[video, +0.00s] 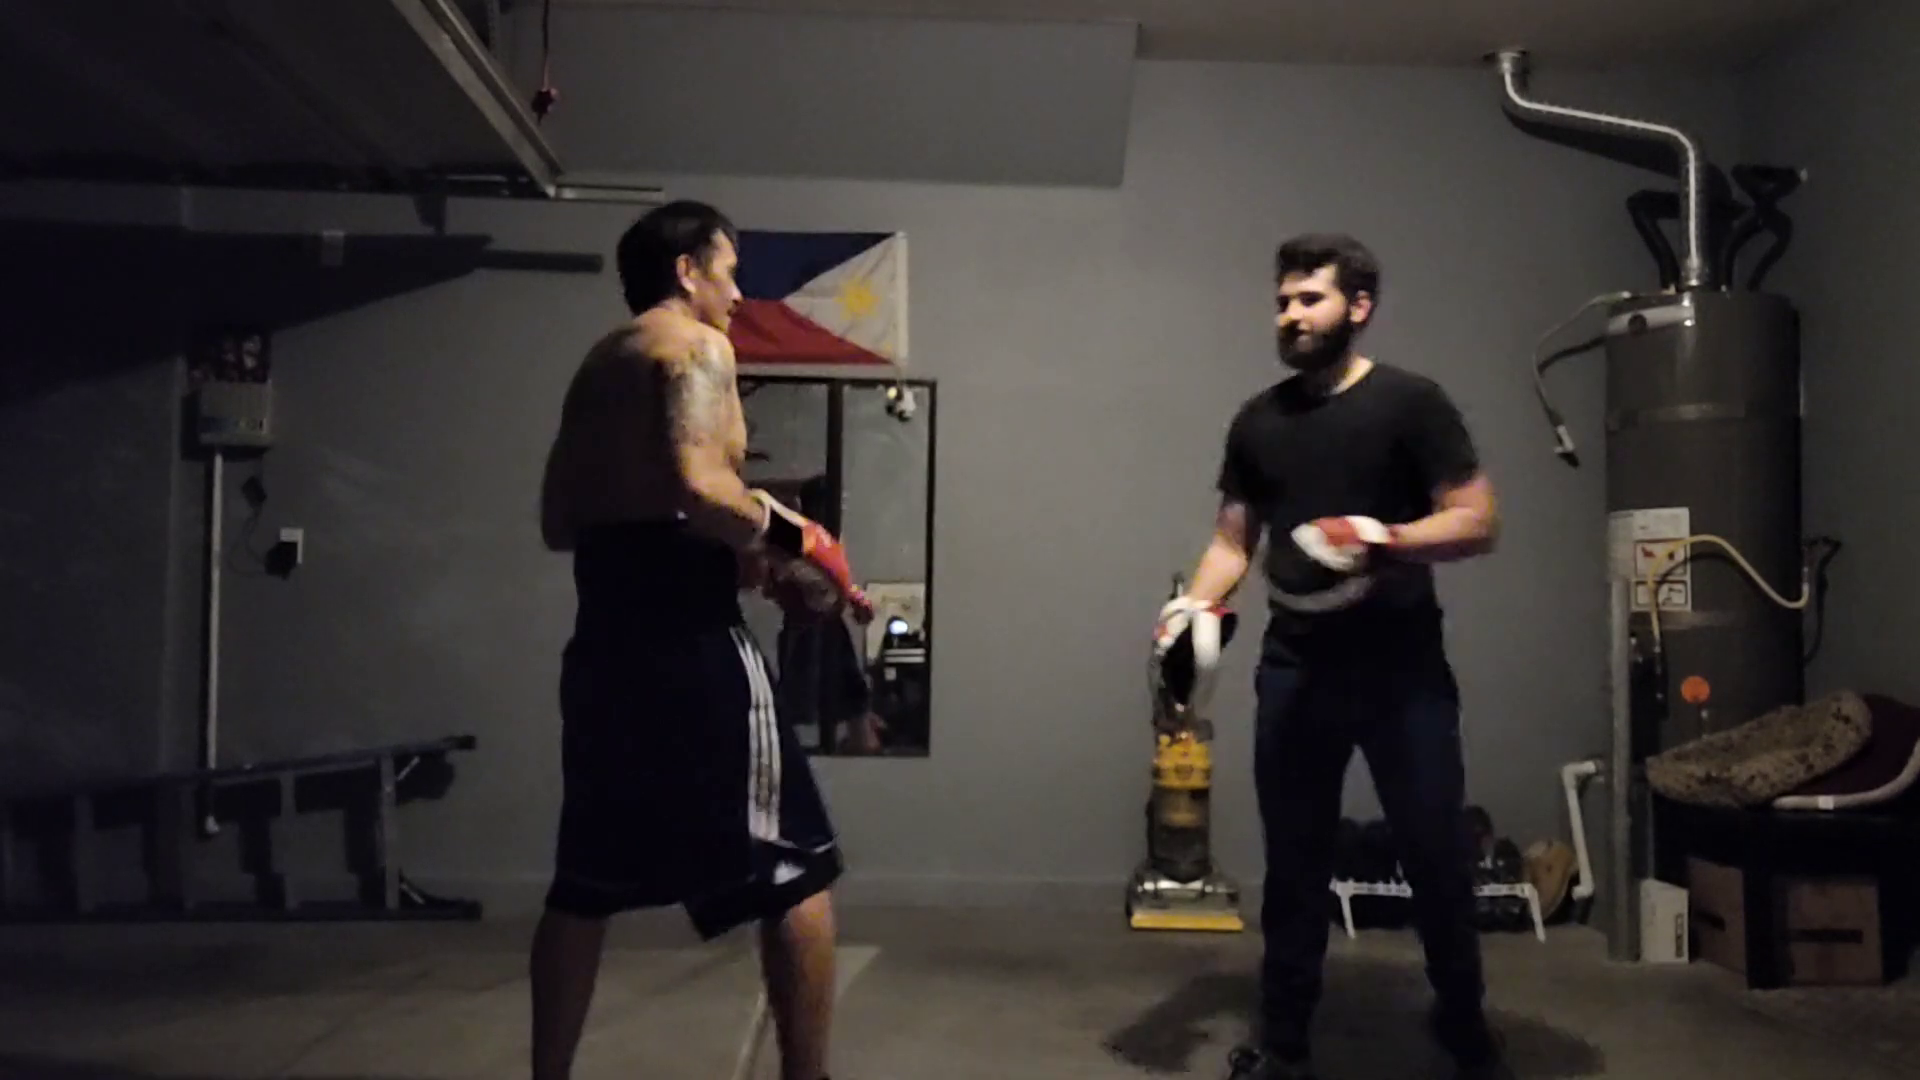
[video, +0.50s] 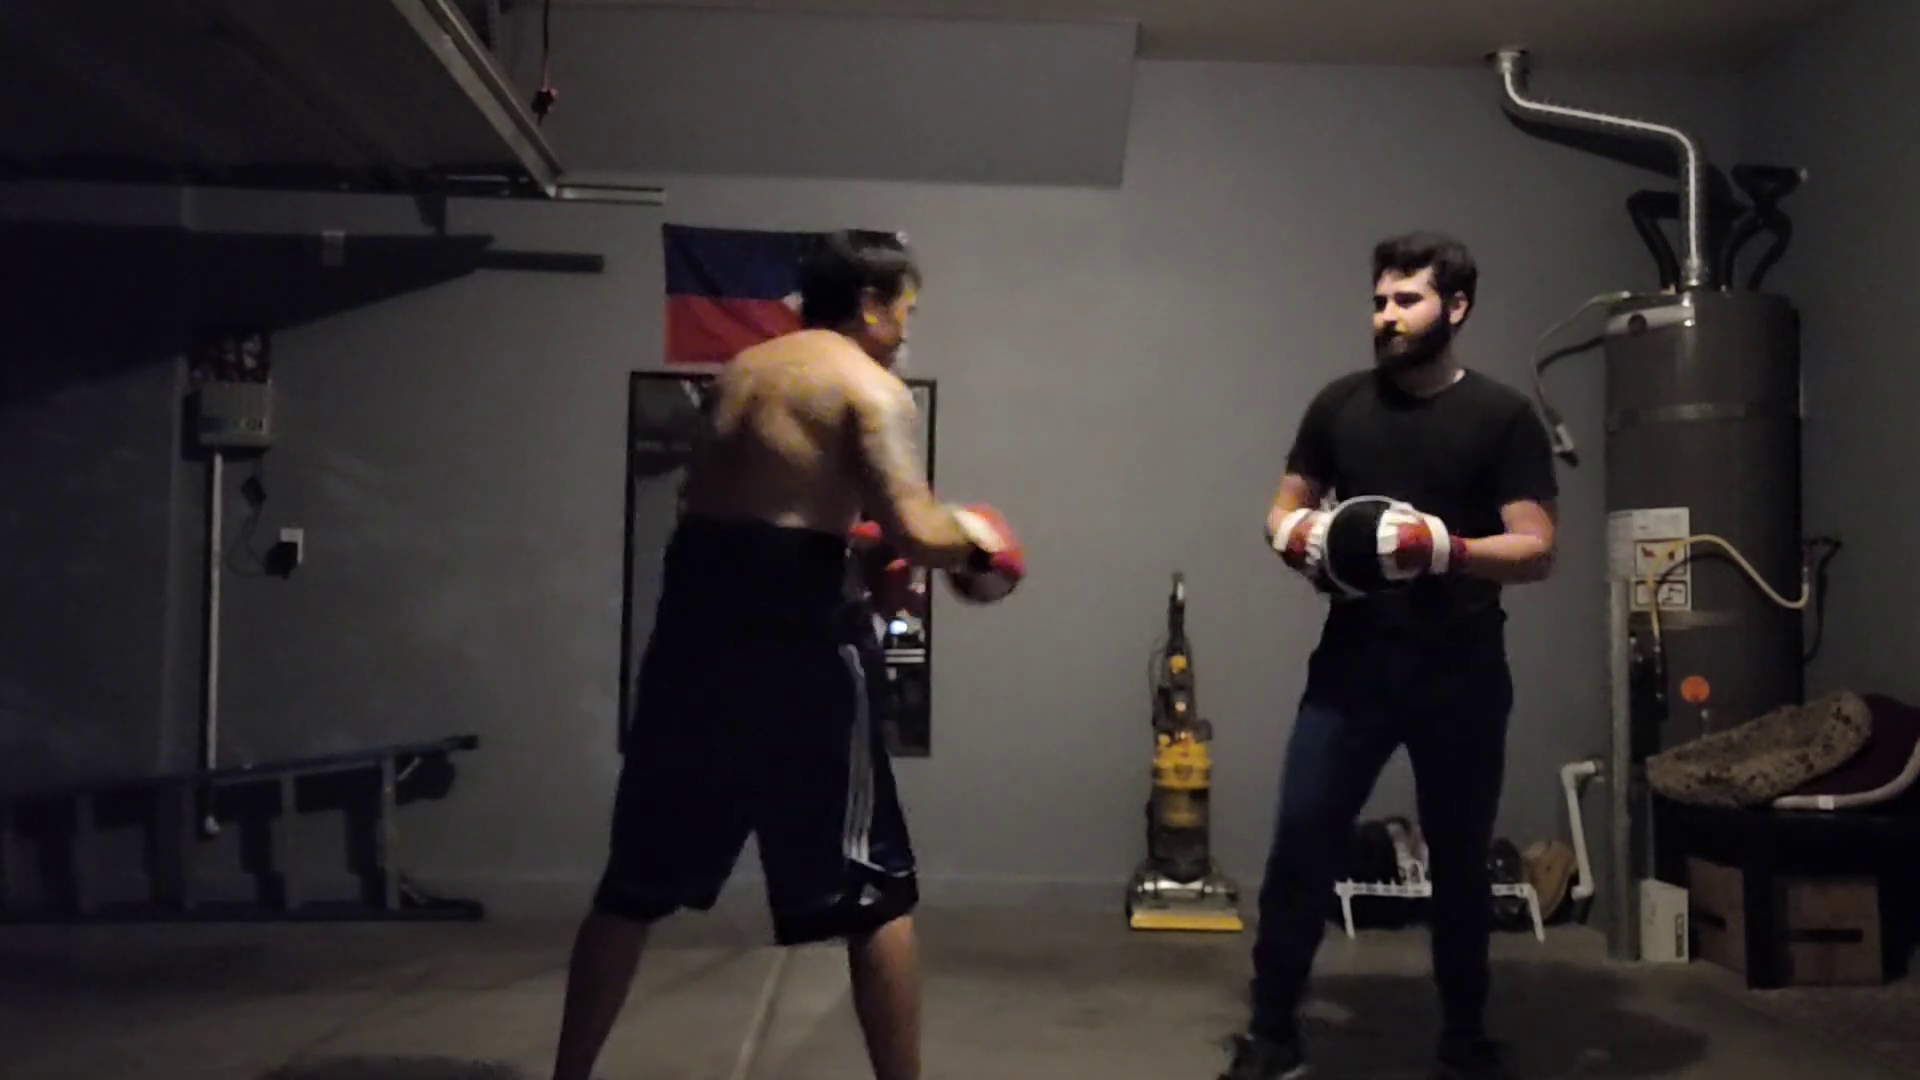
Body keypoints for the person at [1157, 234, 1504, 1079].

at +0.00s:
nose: (1293, 315)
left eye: (1311, 299)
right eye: (1285, 301)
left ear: (1359, 306)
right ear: (1277, 311)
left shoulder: (1413, 403)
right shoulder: (1260, 422)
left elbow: (1476, 522)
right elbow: (1233, 539)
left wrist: (1382, 536)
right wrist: (1194, 601)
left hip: (1402, 667)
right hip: (1298, 671)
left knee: (1437, 855)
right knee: (1293, 862)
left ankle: (1464, 1034)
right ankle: (1281, 1042)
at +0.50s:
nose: (1387, 313)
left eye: (1407, 299)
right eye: (1380, 300)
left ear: (1457, 307)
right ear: (1374, 309)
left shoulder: (1504, 414)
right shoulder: (1339, 407)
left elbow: (1535, 543)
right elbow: (1285, 515)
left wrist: (1446, 549)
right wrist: (1302, 540)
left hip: (1460, 671)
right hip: (1354, 663)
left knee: (1459, 864)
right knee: (1299, 842)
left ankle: (1464, 1039)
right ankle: (1273, 1033)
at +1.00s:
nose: (1291, 316)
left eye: (1308, 301)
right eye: (1283, 304)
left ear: (1357, 311)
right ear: (1278, 317)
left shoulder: (1417, 407)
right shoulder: (1264, 424)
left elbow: (1461, 516)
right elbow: (1198, 524)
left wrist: (1363, 497)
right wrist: (1163, 540)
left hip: (1425, 677)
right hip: (1316, 679)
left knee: (1464, 858)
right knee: (1292, 864)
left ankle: (1469, 1023)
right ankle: (1280, 1044)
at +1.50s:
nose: (1364, 328)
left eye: (1381, 311)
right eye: (1354, 315)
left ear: (1420, 316)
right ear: (1346, 325)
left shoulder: (1473, 402)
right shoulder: (1337, 407)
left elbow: (1450, 374)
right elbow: (1219, 372)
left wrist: (1426, 282)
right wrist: (1279, 297)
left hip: (1451, 676)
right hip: (1345, 671)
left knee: (1463, 862)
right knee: (1284, 829)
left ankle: (1478, 1032)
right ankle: (1259, 1028)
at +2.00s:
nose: (1257, 328)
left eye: (1273, 312)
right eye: (1250, 316)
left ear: (1322, 317)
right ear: (1243, 329)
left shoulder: (1357, 395)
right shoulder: (1238, 407)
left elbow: (1272, 406)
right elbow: (1137, 409)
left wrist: (1197, 309)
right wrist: (1118, 343)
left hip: (1355, 671)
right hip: (1258, 673)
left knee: (1394, 840)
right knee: (1216, 845)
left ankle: (1429, 1004)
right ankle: (1188, 1029)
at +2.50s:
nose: (1317, 345)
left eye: (1333, 330)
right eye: (1304, 332)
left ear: (1365, 335)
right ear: (1290, 340)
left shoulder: (1407, 412)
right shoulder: (1271, 416)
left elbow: (1391, 424)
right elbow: (1156, 411)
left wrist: (1371, 332)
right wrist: (1204, 335)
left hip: (1380, 676)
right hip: (1281, 670)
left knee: (1383, 855)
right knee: (1230, 842)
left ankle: (1396, 1011)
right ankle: (1180, 1016)